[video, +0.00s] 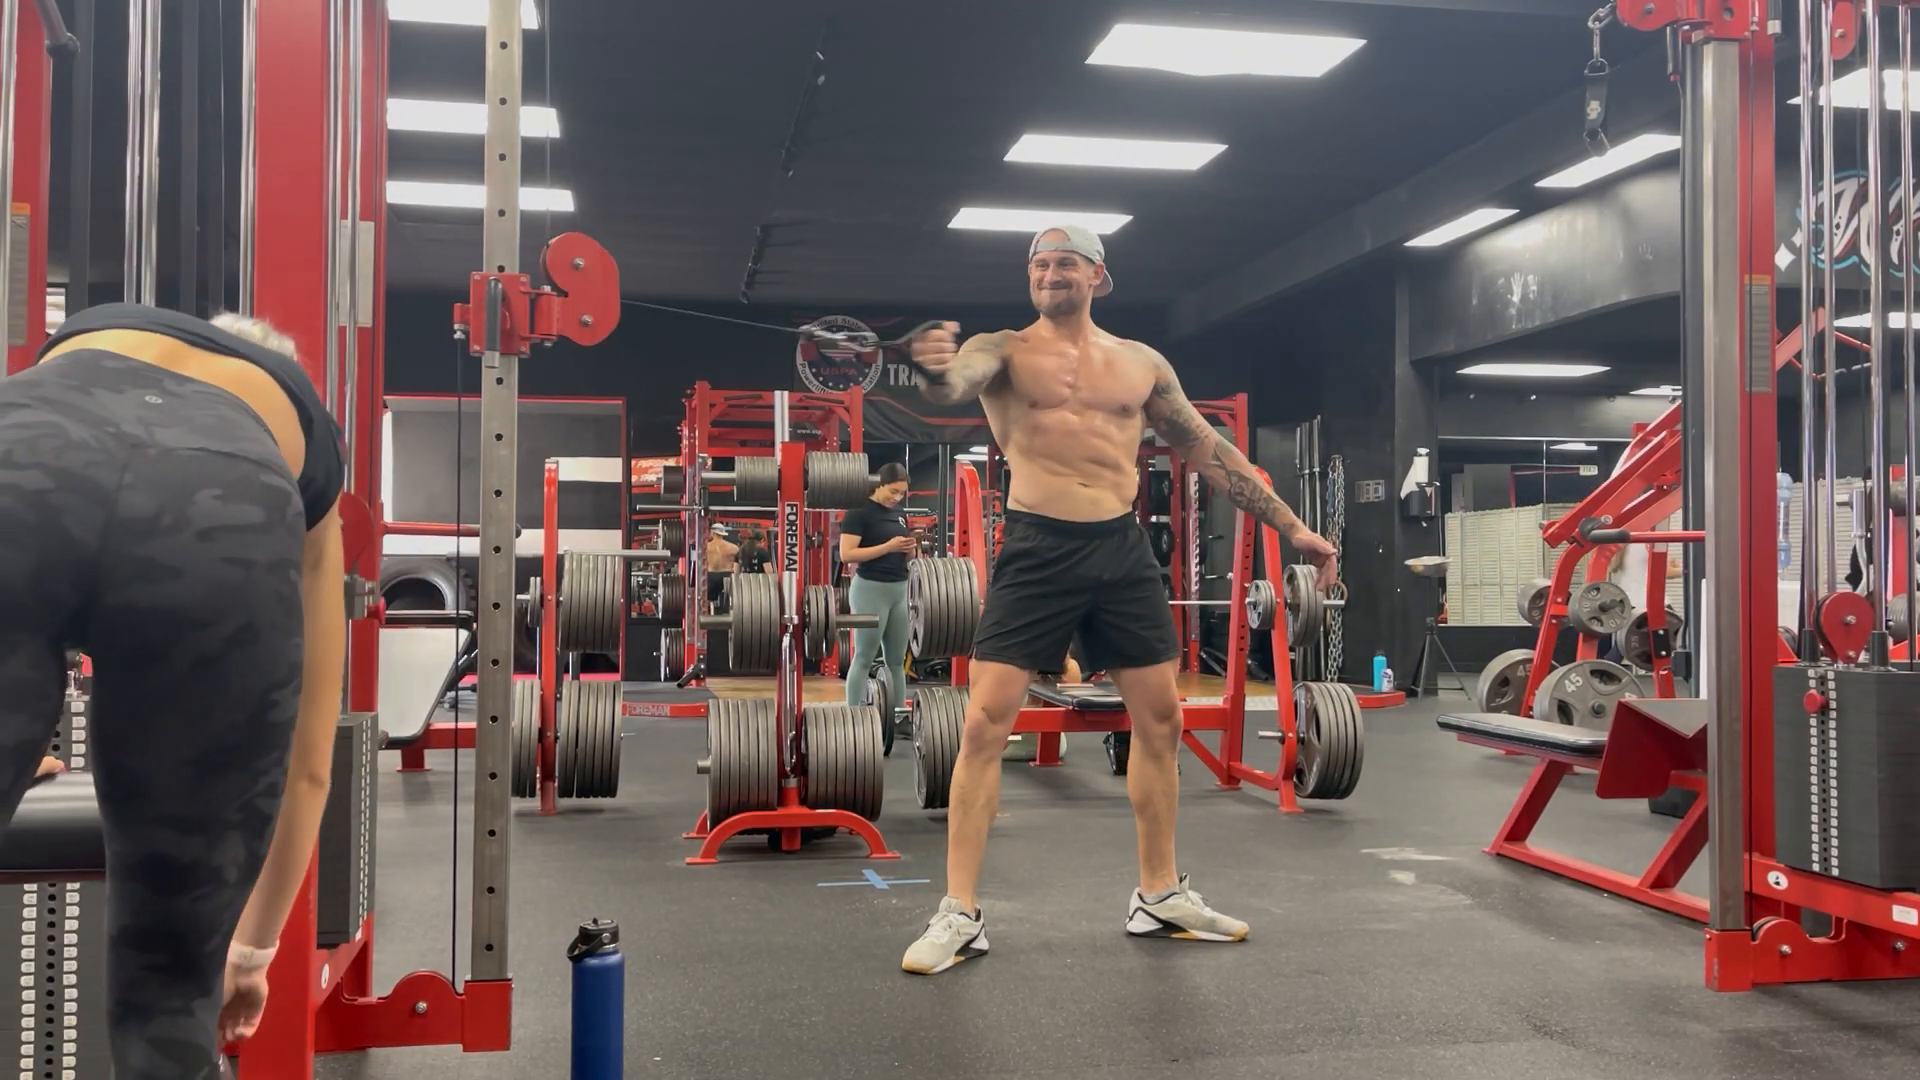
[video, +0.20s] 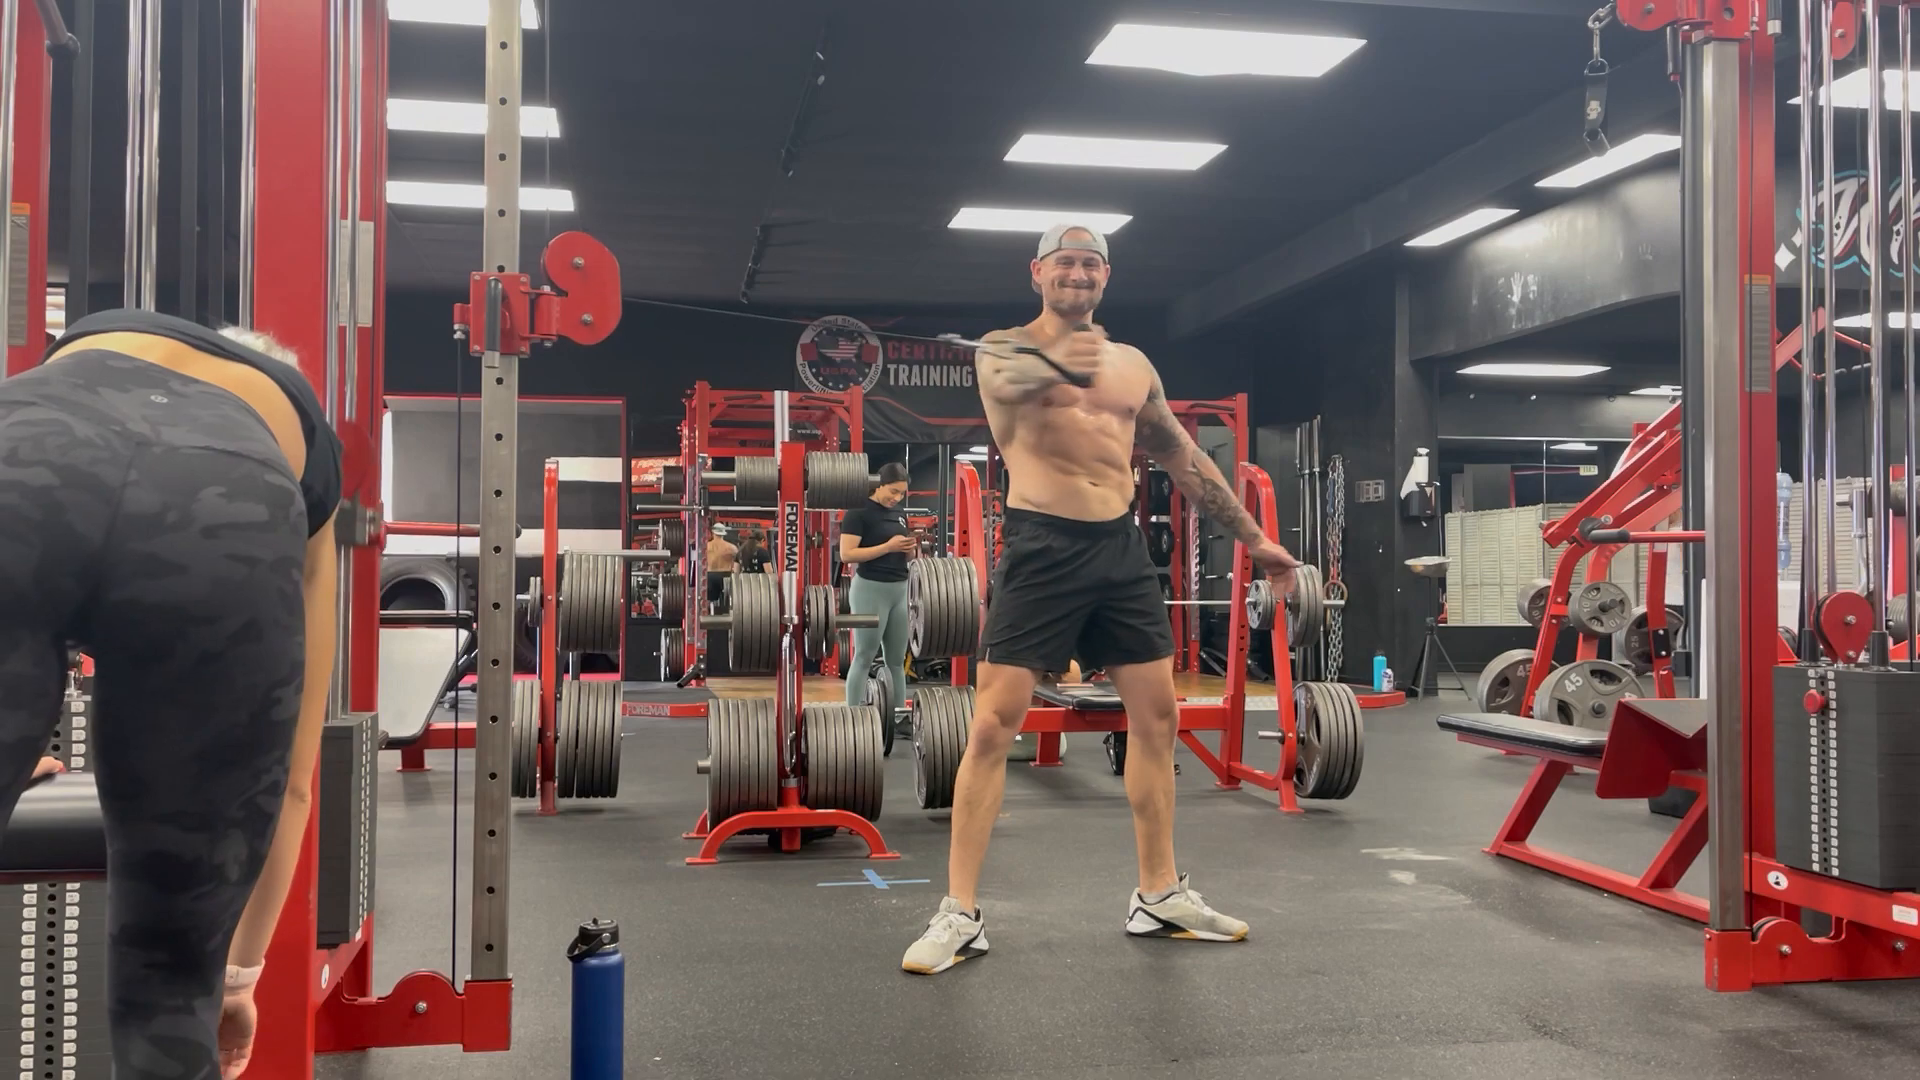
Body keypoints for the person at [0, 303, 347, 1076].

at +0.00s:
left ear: (200, 331)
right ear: (285, 378)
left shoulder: (89, 336)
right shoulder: (309, 434)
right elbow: (310, 763)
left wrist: (21, 728)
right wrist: (256, 944)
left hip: (19, 472)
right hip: (221, 513)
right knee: (168, 977)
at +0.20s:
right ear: (283, 381)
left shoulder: (90, 342)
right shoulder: (312, 440)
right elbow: (292, 772)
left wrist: (20, 735)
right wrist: (244, 968)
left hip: (25, 456)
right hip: (227, 505)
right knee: (168, 979)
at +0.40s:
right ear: (292, 383)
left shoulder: (92, 337)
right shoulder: (314, 438)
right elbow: (304, 774)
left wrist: (16, 749)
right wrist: (245, 955)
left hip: (15, 464)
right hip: (208, 506)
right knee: (168, 976)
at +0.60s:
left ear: (196, 308)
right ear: (294, 355)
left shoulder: (71, 318)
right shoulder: (314, 410)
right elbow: (317, 737)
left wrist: (10, 758)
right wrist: (271, 930)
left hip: (5, 475)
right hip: (156, 527)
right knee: (163, 983)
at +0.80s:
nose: (329, 355)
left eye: (336, 339)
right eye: (331, 335)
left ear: (183, 245)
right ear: (304, 303)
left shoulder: (46, 264)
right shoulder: (302, 349)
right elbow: (347, 651)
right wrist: (311, 852)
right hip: (77, 529)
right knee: (141, 991)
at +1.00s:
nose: (263, 240)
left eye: (273, 224)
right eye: (266, 218)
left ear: (110, 132)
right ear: (228, 171)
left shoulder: (14, 161)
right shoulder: (232, 243)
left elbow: (354, 534)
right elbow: (353, 535)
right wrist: (381, 758)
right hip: (30, 485)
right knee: (103, 1006)